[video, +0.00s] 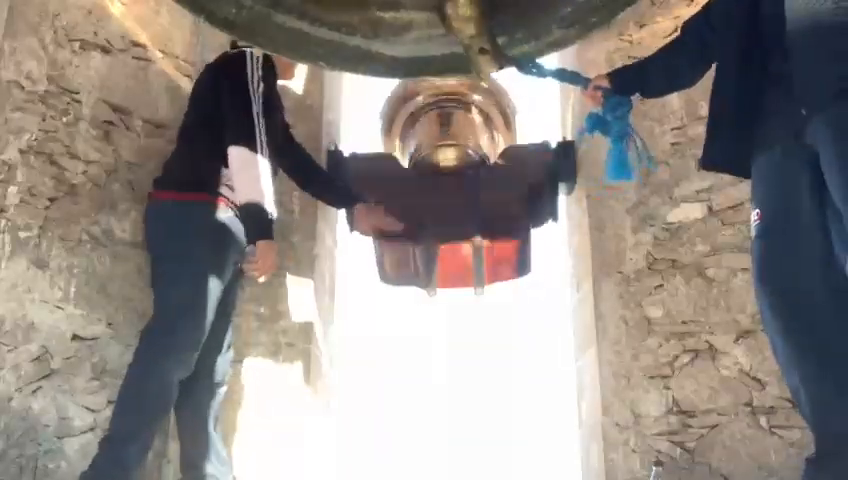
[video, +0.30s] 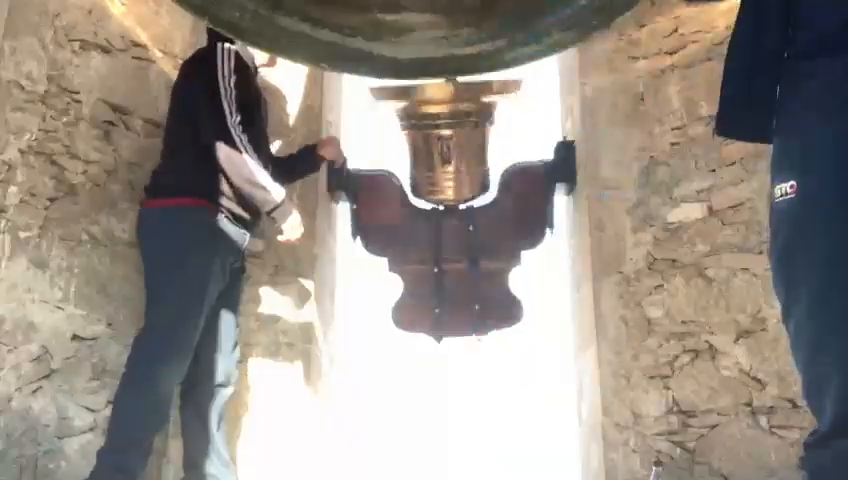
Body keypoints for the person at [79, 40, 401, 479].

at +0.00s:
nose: (306, 59)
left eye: (308, 50)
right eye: (302, 47)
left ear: (280, 46)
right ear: (277, 39)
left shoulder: (264, 84)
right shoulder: (244, 63)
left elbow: (290, 155)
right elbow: (242, 147)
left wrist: (352, 206)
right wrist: (262, 231)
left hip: (230, 222)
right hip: (196, 212)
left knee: (210, 369)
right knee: (175, 346)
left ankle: (209, 472)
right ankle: (111, 470)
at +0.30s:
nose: (282, 52)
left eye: (286, 44)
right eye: (277, 40)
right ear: (244, 29)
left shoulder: (248, 86)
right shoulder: (220, 57)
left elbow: (263, 173)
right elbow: (227, 140)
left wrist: (313, 156)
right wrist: (279, 205)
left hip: (227, 234)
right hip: (190, 220)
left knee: (215, 377)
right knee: (164, 358)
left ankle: (212, 472)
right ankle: (119, 470)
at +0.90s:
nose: (305, 59)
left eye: (307, 50)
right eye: (301, 47)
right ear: (275, 40)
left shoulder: (262, 93)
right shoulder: (242, 73)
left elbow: (281, 157)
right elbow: (266, 152)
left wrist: (354, 178)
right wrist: (346, 189)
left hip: (229, 240)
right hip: (202, 230)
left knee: (216, 379)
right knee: (170, 362)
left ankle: (215, 472)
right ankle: (118, 470)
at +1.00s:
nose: (303, 64)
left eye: (305, 55)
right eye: (299, 52)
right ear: (276, 46)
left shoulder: (269, 109)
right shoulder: (247, 71)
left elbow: (304, 181)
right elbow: (287, 146)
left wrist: (366, 223)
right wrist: (362, 148)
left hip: (229, 241)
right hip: (202, 229)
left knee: (217, 379)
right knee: (171, 361)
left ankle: (215, 472)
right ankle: (118, 470)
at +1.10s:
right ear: (268, 50)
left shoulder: (265, 123)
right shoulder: (246, 70)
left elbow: (305, 180)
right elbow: (313, 115)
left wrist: (366, 232)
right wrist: (374, 95)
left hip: (232, 243)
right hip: (202, 226)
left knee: (214, 379)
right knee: (174, 360)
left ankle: (213, 471)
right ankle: (117, 470)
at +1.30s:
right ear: (266, 37)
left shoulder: (266, 95)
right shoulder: (249, 68)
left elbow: (279, 183)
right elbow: (329, 71)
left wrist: (318, 251)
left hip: (239, 243)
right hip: (208, 229)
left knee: (216, 382)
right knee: (176, 360)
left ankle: (213, 471)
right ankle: (118, 471)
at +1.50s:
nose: (312, 88)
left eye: (315, 81)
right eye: (309, 77)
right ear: (289, 65)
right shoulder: (258, 76)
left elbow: (261, 189)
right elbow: (282, 136)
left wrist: (268, 250)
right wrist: (357, 128)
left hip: (241, 241)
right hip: (215, 227)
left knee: (221, 377)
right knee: (188, 358)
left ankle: (215, 471)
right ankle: (118, 470)